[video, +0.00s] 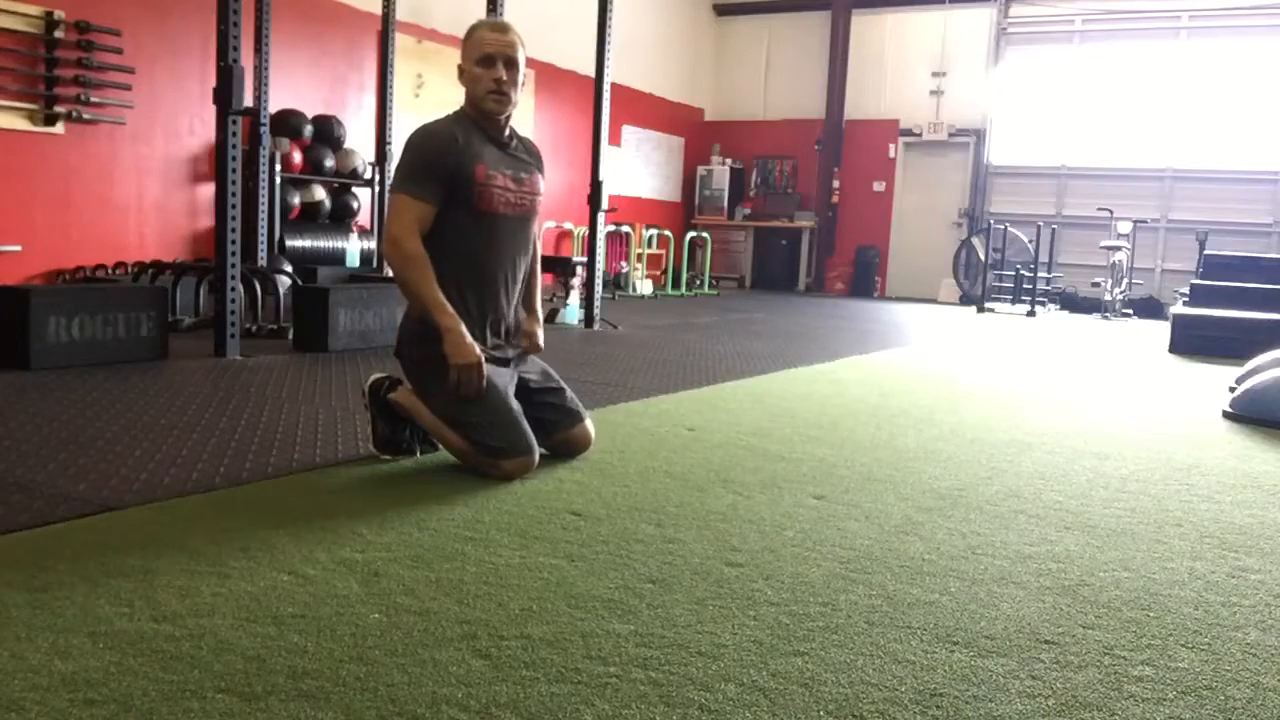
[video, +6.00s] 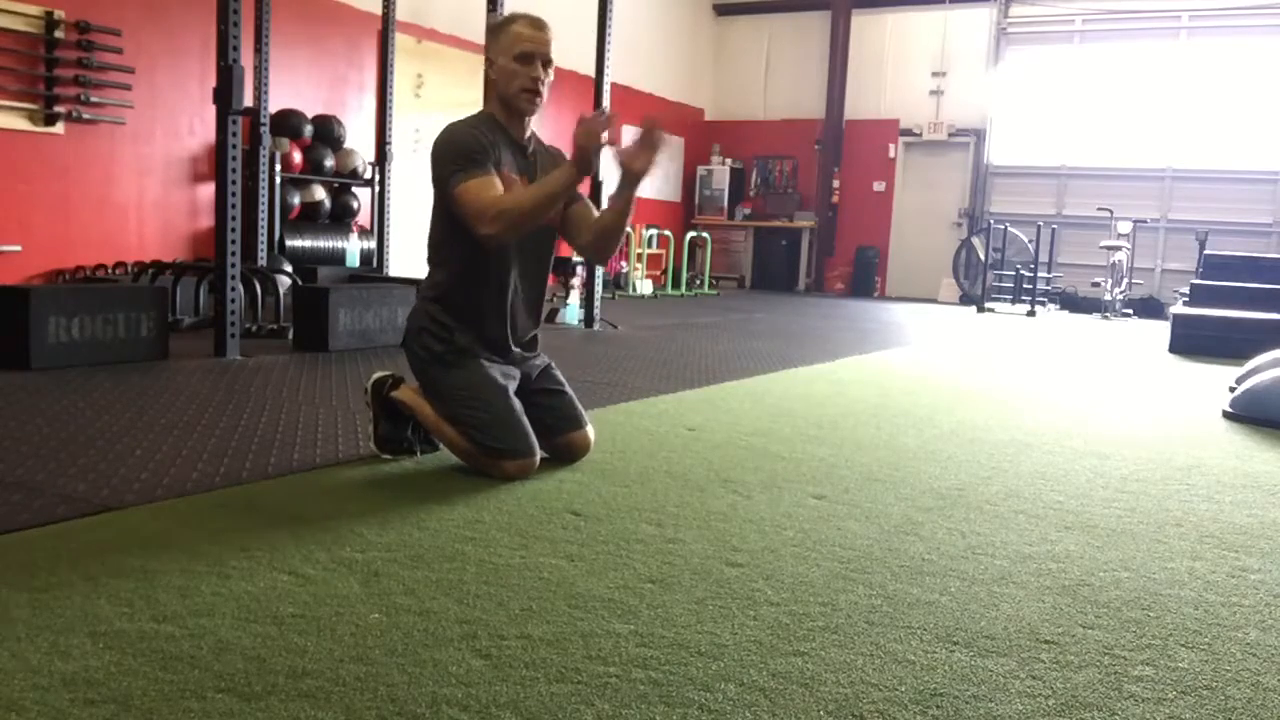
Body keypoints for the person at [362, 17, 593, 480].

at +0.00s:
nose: (501, 75)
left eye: (511, 64)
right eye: (486, 62)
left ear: (524, 76)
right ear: (462, 73)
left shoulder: (529, 154)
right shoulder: (437, 142)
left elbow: (530, 240)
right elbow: (399, 239)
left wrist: (532, 316)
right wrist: (452, 328)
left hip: (509, 342)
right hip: (447, 347)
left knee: (574, 438)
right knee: (513, 463)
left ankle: (442, 411)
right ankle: (398, 399)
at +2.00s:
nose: (538, 87)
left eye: (549, 77)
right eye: (525, 70)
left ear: (556, 87)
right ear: (493, 72)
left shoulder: (548, 160)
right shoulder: (456, 152)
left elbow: (549, 247)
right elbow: (420, 256)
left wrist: (543, 328)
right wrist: (493, 330)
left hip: (513, 338)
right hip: (447, 345)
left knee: (573, 439)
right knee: (514, 463)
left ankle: (445, 411)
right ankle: (398, 399)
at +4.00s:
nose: (562, 78)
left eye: (572, 68)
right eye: (549, 63)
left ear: (579, 80)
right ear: (518, 68)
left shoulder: (573, 162)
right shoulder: (485, 145)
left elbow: (565, 258)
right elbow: (466, 255)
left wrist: (568, 342)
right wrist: (525, 349)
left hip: (518, 336)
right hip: (455, 337)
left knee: (574, 440)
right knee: (515, 463)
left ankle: (448, 407)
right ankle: (401, 396)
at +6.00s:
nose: (538, 75)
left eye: (546, 65)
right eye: (524, 60)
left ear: (553, 76)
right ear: (489, 66)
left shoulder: (550, 159)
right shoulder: (463, 141)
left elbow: (596, 246)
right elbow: (492, 223)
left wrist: (629, 181)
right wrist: (576, 167)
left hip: (518, 341)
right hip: (455, 343)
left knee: (572, 443)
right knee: (515, 463)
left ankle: (443, 414)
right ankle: (401, 398)